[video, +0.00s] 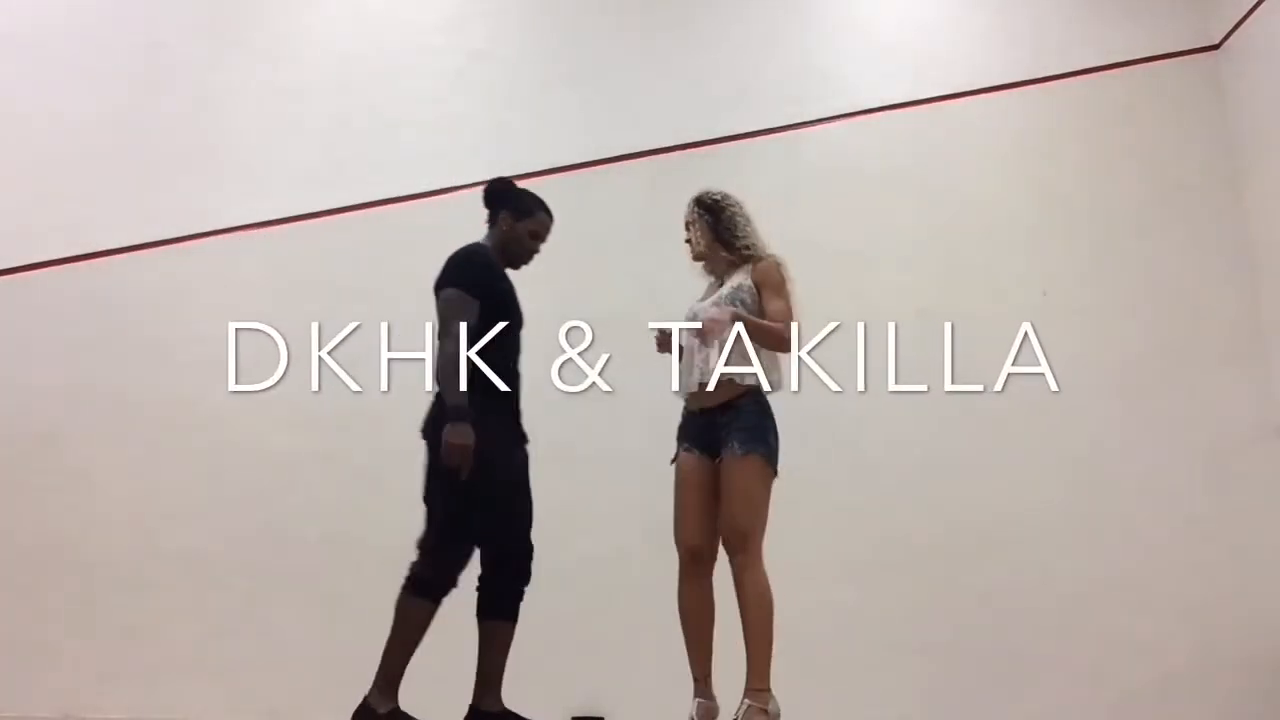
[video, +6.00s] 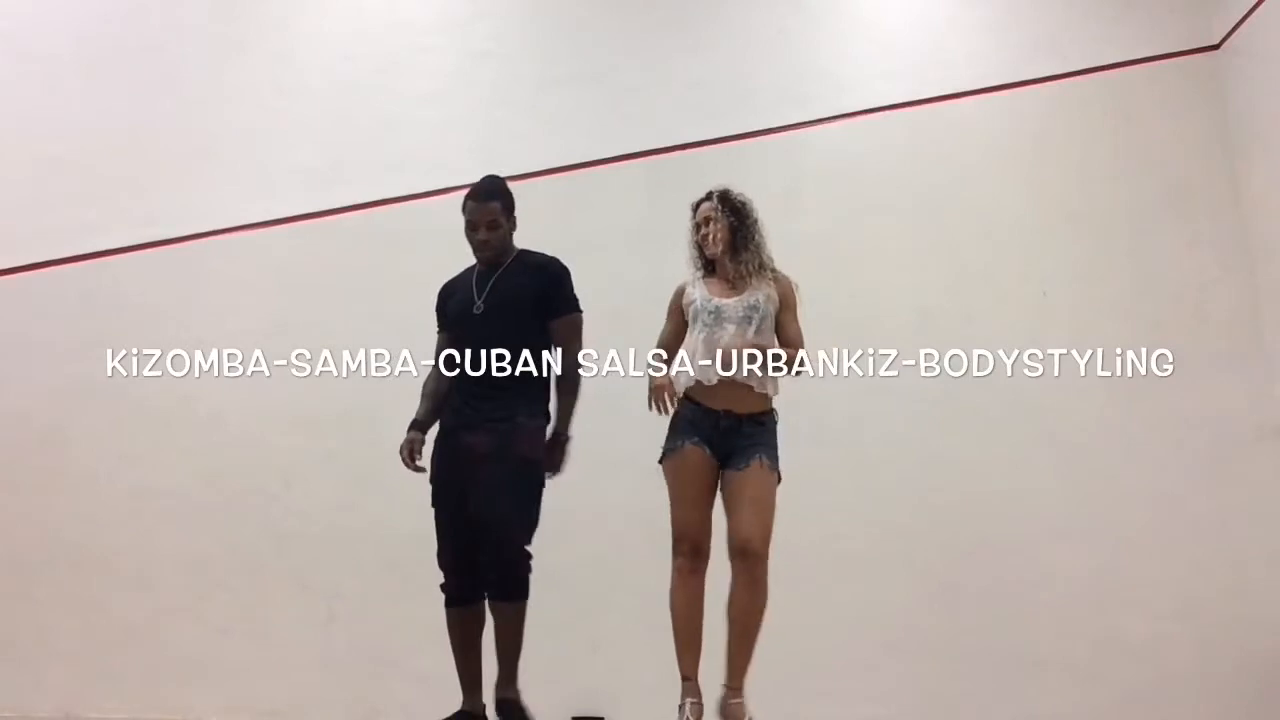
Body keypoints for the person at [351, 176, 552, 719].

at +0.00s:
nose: (537, 249)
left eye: (541, 241)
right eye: (535, 236)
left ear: (514, 227)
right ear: (504, 221)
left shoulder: (494, 278)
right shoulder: (470, 263)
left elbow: (489, 364)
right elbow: (452, 343)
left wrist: (507, 433)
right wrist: (456, 416)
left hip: (500, 438)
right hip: (469, 432)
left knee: (510, 564)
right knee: (441, 559)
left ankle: (488, 700)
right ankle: (381, 698)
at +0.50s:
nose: (575, 261)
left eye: (581, 253)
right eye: (570, 249)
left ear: (575, 248)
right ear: (541, 233)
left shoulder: (553, 308)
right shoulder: (498, 269)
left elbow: (557, 387)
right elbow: (460, 341)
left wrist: (585, 453)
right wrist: (467, 413)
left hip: (541, 439)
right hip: (503, 431)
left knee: (533, 563)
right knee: (519, 546)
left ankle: (491, 696)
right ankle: (461, 671)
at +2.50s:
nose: (506, 211)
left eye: (518, 206)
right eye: (497, 204)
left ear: (533, 222)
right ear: (482, 218)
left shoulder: (561, 278)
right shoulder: (464, 291)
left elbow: (602, 355)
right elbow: (455, 376)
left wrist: (604, 435)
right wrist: (436, 455)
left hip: (564, 446)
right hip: (499, 445)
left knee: (569, 581)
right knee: (464, 576)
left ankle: (560, 707)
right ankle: (440, 703)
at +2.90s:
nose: (475, 215)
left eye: (487, 212)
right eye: (466, 209)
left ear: (500, 234)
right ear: (450, 227)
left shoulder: (521, 291)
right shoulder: (425, 295)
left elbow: (549, 376)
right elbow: (411, 368)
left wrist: (542, 449)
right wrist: (418, 424)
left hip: (509, 444)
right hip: (451, 444)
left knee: (486, 559)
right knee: (436, 569)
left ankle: (527, 691)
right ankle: (437, 704)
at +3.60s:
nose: (499, 211)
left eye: (510, 207)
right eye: (490, 207)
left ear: (526, 230)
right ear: (477, 228)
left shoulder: (542, 303)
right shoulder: (450, 273)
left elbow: (549, 382)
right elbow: (397, 345)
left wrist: (502, 365)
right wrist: (369, 421)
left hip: (509, 449)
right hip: (448, 446)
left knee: (503, 574)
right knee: (447, 565)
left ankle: (465, 703)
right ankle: (423, 682)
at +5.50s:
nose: (520, 204)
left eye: (531, 197)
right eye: (511, 196)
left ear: (546, 208)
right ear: (496, 206)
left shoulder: (572, 276)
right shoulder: (464, 268)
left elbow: (589, 344)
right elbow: (441, 348)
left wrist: (592, 353)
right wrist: (422, 405)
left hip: (549, 438)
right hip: (481, 434)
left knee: (534, 573)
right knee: (467, 553)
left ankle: (514, 703)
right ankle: (474, 671)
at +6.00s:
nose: (481, 233)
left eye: (491, 224)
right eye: (473, 225)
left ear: (512, 221)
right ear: (464, 227)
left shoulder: (546, 275)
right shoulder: (454, 291)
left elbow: (570, 360)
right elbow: (444, 367)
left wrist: (560, 431)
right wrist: (419, 423)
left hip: (518, 444)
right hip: (458, 446)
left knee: (507, 565)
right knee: (459, 573)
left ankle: (507, 692)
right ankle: (471, 702)